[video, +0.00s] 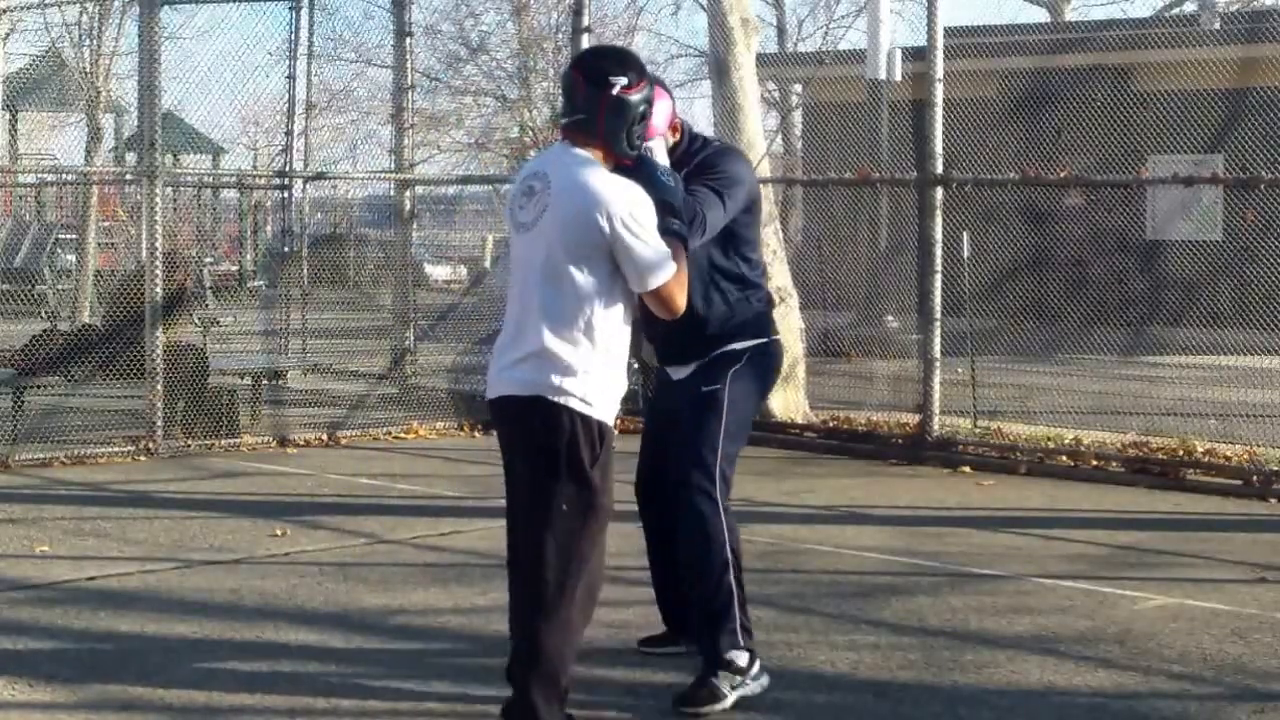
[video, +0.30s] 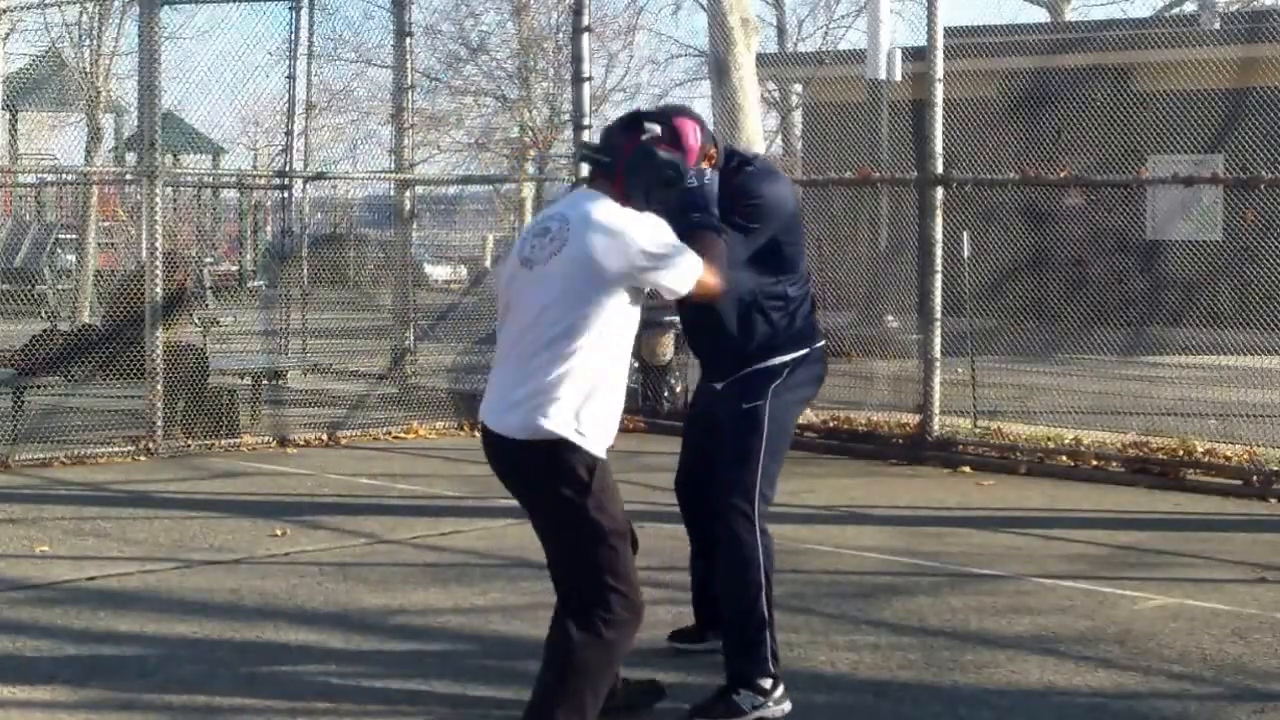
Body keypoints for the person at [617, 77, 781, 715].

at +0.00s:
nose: (631, 150)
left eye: (637, 138)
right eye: (625, 142)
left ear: (663, 126)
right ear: (634, 139)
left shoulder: (725, 166)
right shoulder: (638, 180)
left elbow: (688, 230)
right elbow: (623, 245)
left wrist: (648, 163)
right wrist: (593, 167)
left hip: (734, 354)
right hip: (676, 362)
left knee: (699, 488)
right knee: (655, 488)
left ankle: (732, 655)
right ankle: (685, 623)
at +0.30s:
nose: (666, 181)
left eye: (669, 169)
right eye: (660, 173)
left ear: (699, 154)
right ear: (689, 159)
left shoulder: (761, 186)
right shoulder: (691, 198)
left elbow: (710, 266)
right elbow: (658, 273)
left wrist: (697, 187)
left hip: (775, 365)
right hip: (724, 370)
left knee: (739, 506)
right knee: (697, 490)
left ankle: (758, 680)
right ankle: (715, 619)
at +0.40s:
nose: (688, 191)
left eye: (692, 181)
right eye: (682, 182)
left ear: (718, 164)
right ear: (695, 169)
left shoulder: (779, 193)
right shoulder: (715, 186)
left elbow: (729, 272)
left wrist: (695, 219)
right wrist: (654, 207)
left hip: (789, 369)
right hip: (735, 366)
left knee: (740, 507)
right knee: (706, 491)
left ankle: (756, 681)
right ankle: (786, 593)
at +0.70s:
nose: (752, 190)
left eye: (757, 179)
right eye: (744, 184)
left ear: (786, 163)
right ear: (751, 180)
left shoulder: (855, 195)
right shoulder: (777, 207)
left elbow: (813, 268)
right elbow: (743, 291)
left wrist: (769, 204)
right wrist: (717, 226)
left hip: (860, 374)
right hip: (816, 374)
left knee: (812, 507)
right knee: (784, 504)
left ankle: (791, 661)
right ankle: (849, 612)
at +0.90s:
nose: (793, 160)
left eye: (797, 148)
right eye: (787, 154)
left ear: (826, 130)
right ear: (815, 140)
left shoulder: (884, 158)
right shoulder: (834, 177)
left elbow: (850, 231)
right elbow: (793, 260)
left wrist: (805, 171)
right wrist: (755, 206)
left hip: (908, 346)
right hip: (884, 348)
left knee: (840, 492)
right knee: (861, 483)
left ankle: (877, 646)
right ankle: (914, 593)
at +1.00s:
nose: (830, 170)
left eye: (834, 158)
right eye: (822, 161)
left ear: (864, 144)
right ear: (831, 156)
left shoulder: (912, 179)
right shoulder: (856, 196)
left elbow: (897, 259)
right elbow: (827, 281)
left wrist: (842, 201)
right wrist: (791, 230)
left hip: (923, 367)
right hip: (907, 367)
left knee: (843, 496)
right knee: (913, 492)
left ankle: (875, 650)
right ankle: (991, 608)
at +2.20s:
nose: (843, 232)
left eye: (845, 221)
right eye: (841, 223)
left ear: (874, 212)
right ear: (884, 204)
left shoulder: (953, 242)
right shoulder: (891, 250)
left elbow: (938, 340)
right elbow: (857, 337)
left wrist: (862, 291)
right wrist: (818, 304)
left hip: (978, 431)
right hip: (955, 428)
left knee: (887, 537)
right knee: (973, 541)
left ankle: (820, 699)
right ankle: (1057, 643)